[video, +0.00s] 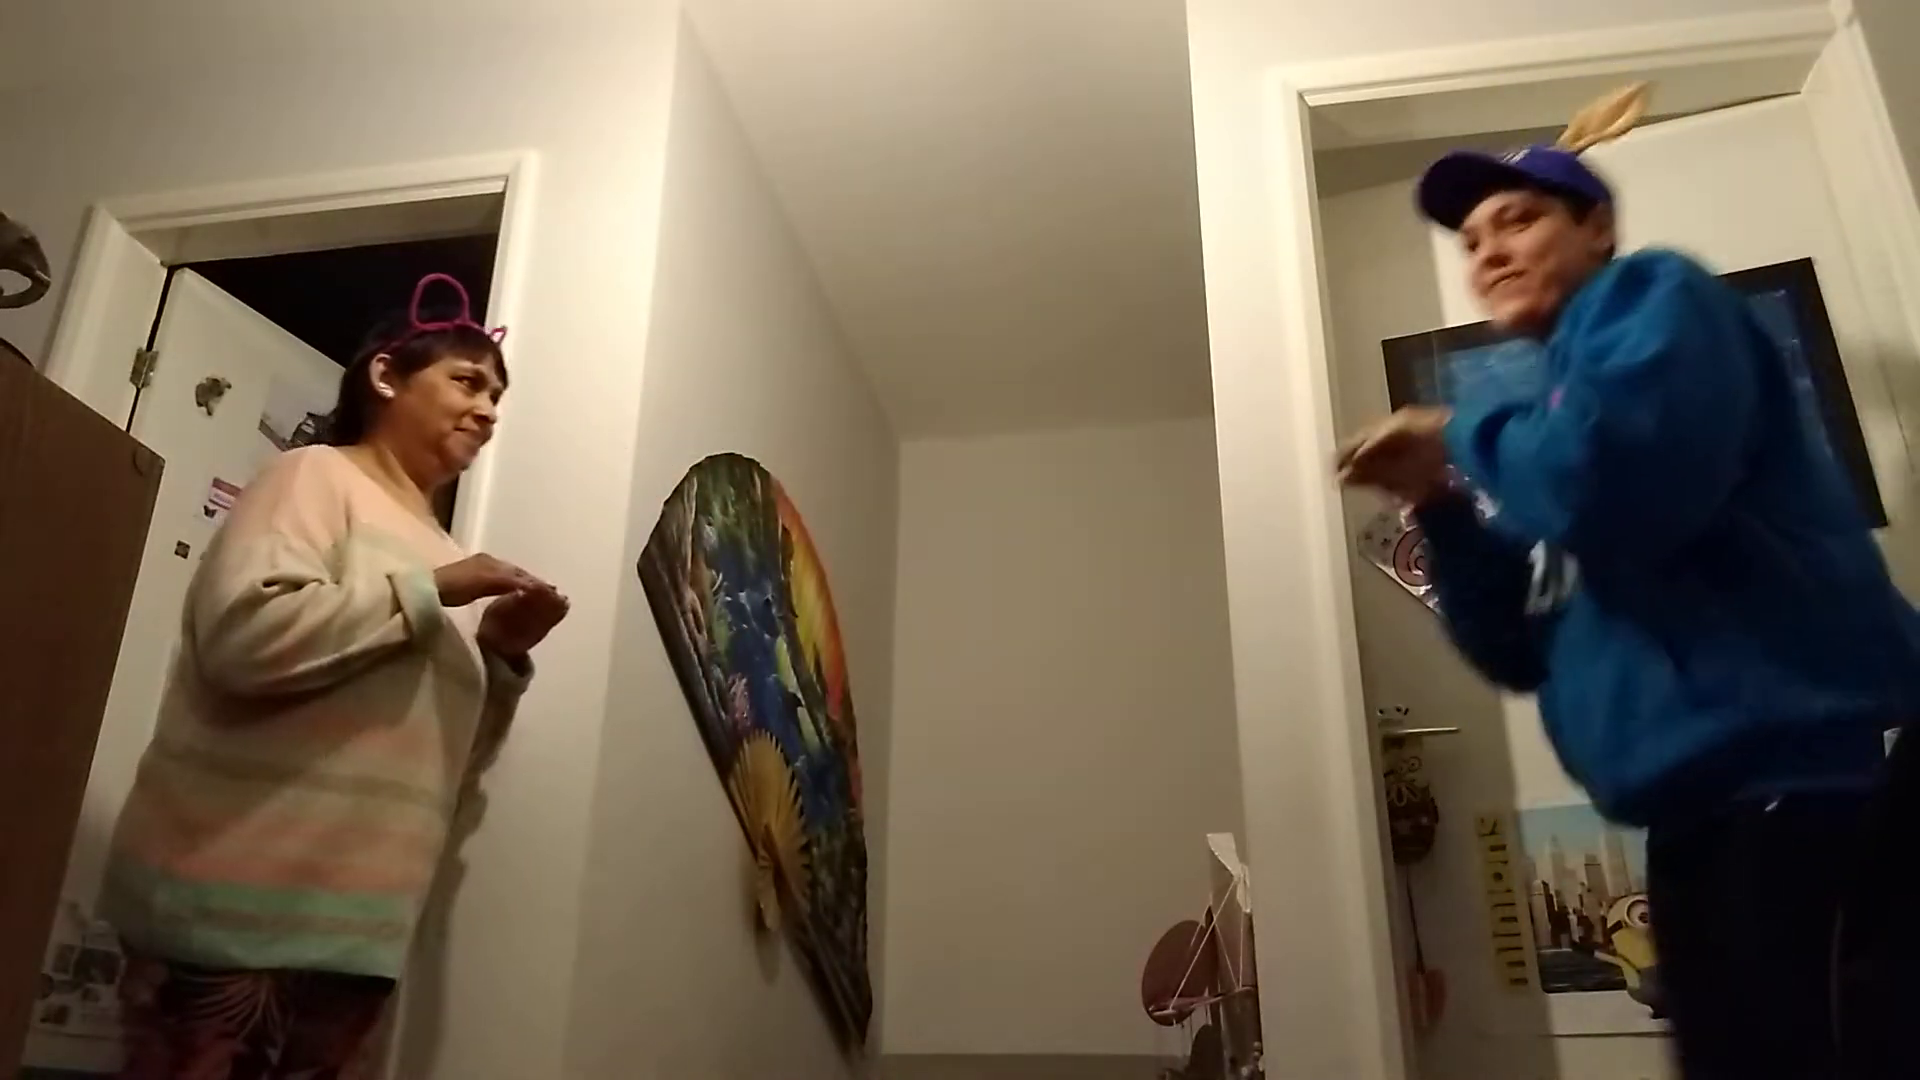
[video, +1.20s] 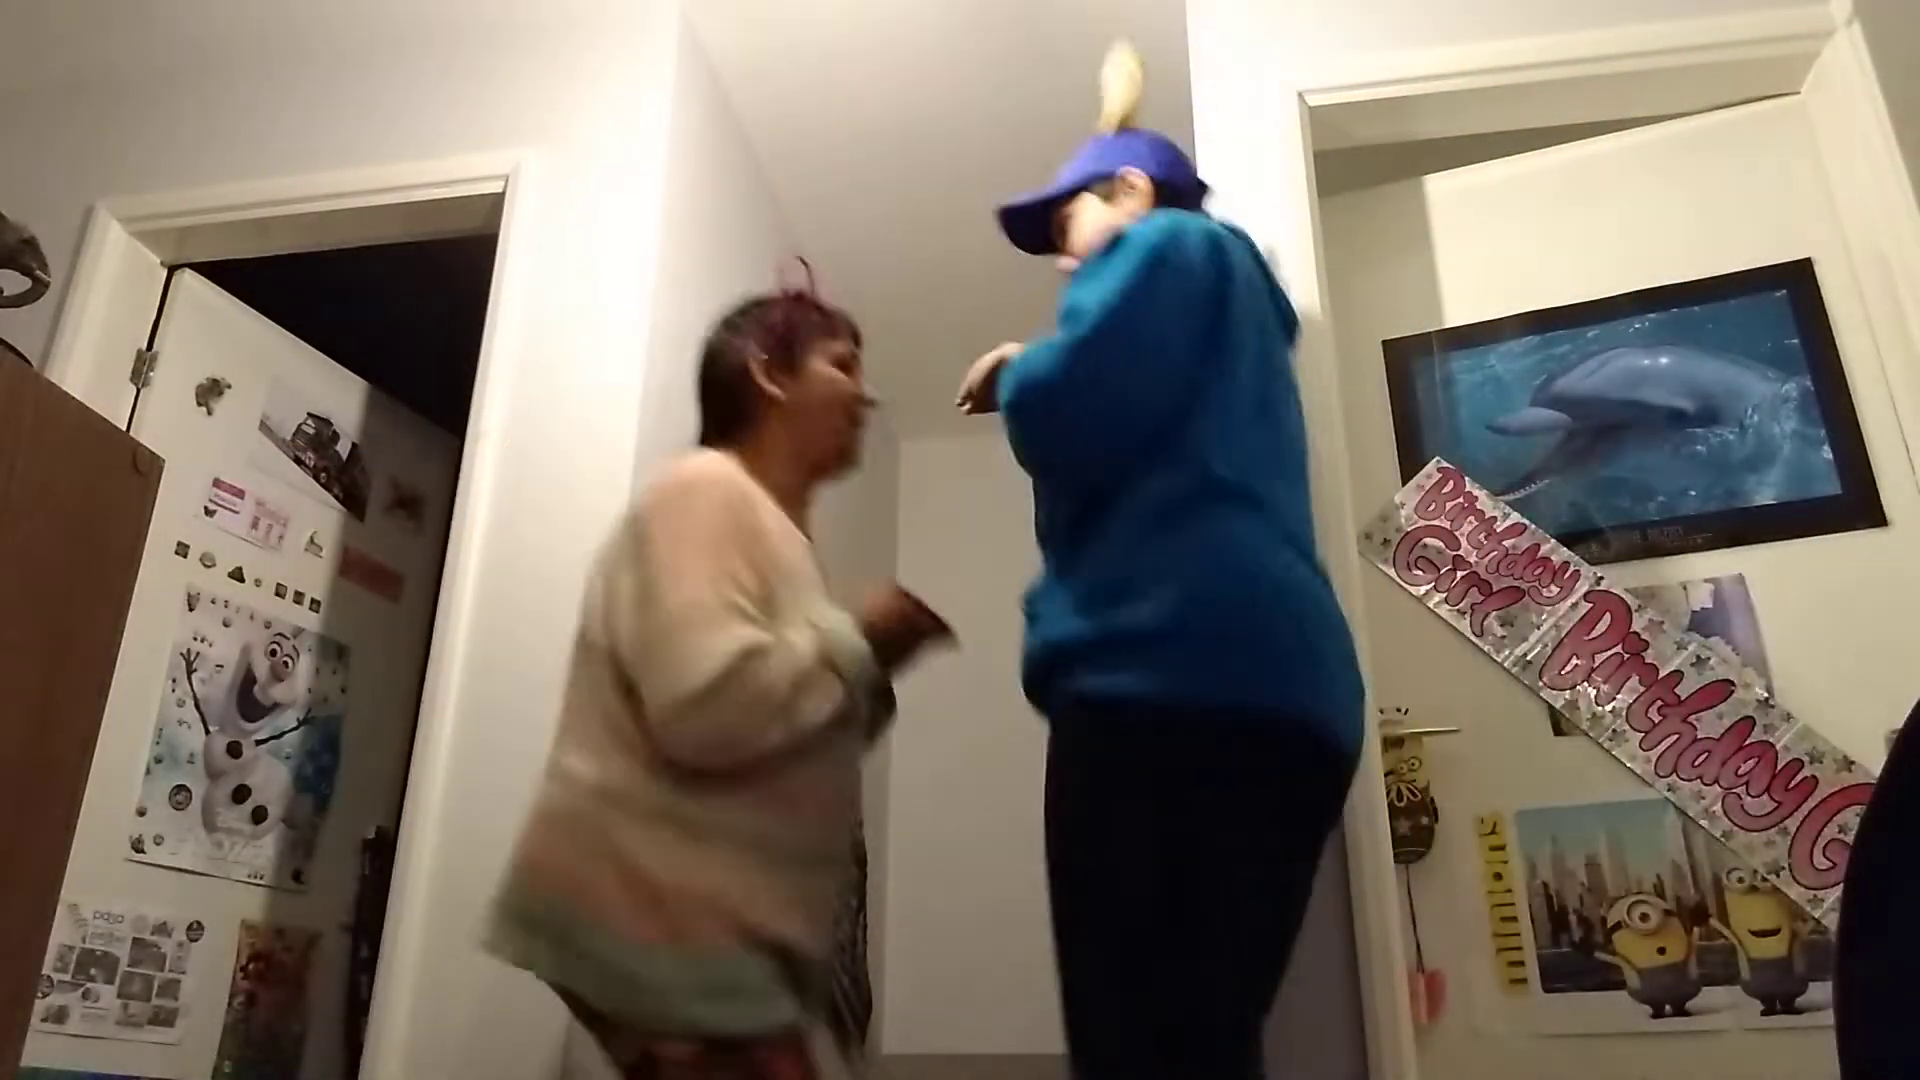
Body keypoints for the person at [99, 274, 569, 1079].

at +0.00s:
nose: (488, 410)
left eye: (495, 398)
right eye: (467, 382)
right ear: (387, 376)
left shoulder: (437, 549)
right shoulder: (312, 474)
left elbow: (443, 767)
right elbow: (242, 637)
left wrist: (500, 660)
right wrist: (431, 587)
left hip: (353, 929)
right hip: (224, 906)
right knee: (193, 1063)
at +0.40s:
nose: (553, 414)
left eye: (559, 398)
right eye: (533, 387)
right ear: (451, 390)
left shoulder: (497, 548)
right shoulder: (387, 485)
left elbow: (519, 772)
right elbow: (319, 661)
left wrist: (573, 659)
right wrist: (506, 607)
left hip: (436, 925)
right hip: (318, 909)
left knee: (405, 1065)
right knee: (284, 1064)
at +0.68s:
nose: (662, 366)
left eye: (667, 352)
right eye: (639, 339)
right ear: (562, 346)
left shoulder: (612, 526)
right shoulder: (488, 447)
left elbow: (612, 723)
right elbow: (426, 632)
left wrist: (673, 634)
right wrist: (614, 577)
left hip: (517, 879)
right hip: (405, 863)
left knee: (512, 1061)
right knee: (409, 1061)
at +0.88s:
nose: (711, 386)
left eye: (714, 368)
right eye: (692, 358)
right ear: (610, 366)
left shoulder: (658, 524)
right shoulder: (548, 474)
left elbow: (683, 721)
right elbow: (518, 644)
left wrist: (744, 623)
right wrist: (696, 586)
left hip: (618, 912)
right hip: (518, 908)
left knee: (603, 1064)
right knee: (511, 1065)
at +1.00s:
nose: (764, 323)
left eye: (764, 304)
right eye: (741, 297)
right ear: (662, 304)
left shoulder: (706, 453)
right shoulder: (607, 409)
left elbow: (715, 631)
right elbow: (616, 578)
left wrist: (791, 559)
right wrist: (761, 513)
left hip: (656, 817)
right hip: (578, 811)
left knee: (678, 1054)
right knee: (630, 1056)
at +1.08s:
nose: (816, 330)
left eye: (817, 310)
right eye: (793, 300)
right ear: (716, 305)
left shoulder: (730, 457)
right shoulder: (656, 422)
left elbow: (738, 664)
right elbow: (653, 614)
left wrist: (834, 588)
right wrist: (803, 552)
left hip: (664, 844)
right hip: (605, 839)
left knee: (697, 1058)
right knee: (666, 1062)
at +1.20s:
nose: (865, 395)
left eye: (859, 372)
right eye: (844, 366)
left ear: (774, 378)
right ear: (770, 374)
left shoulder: (770, 528)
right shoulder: (703, 494)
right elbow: (701, 706)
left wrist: (879, 659)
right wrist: (858, 643)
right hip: (669, 942)